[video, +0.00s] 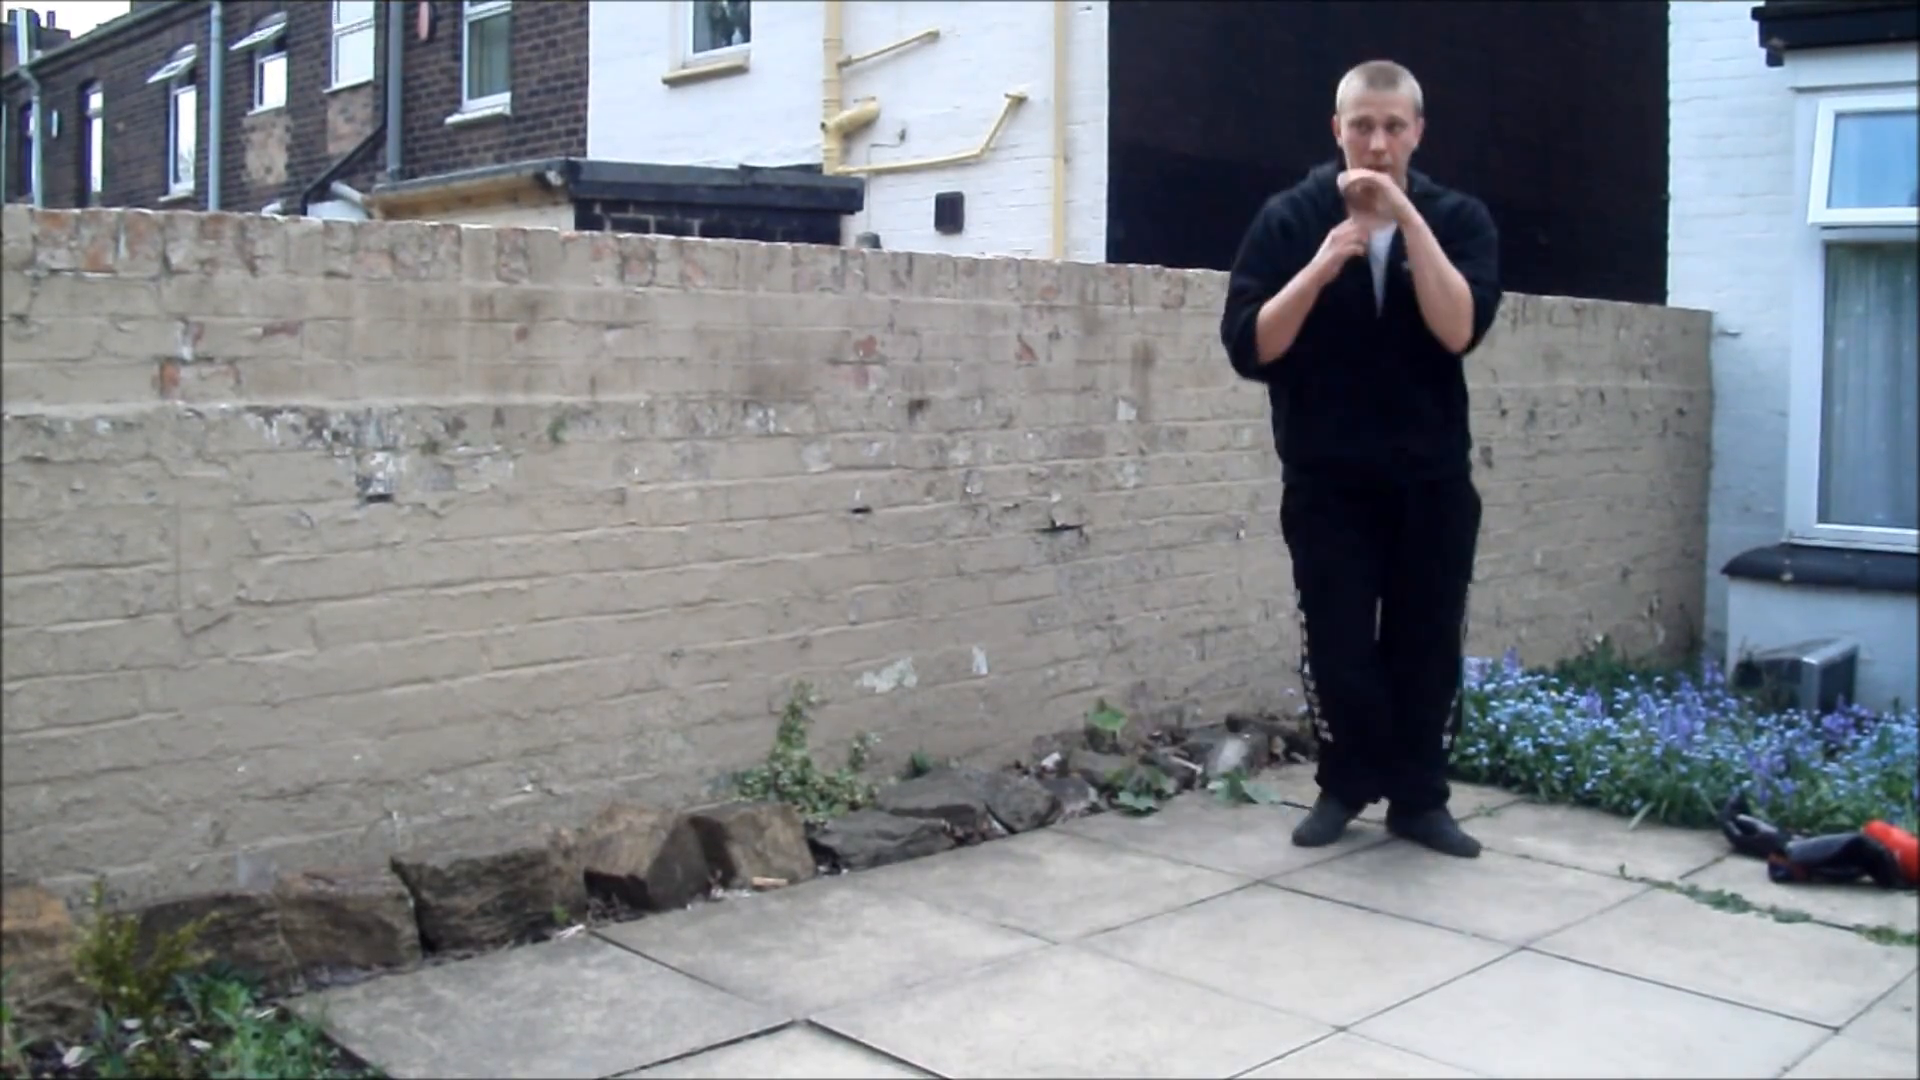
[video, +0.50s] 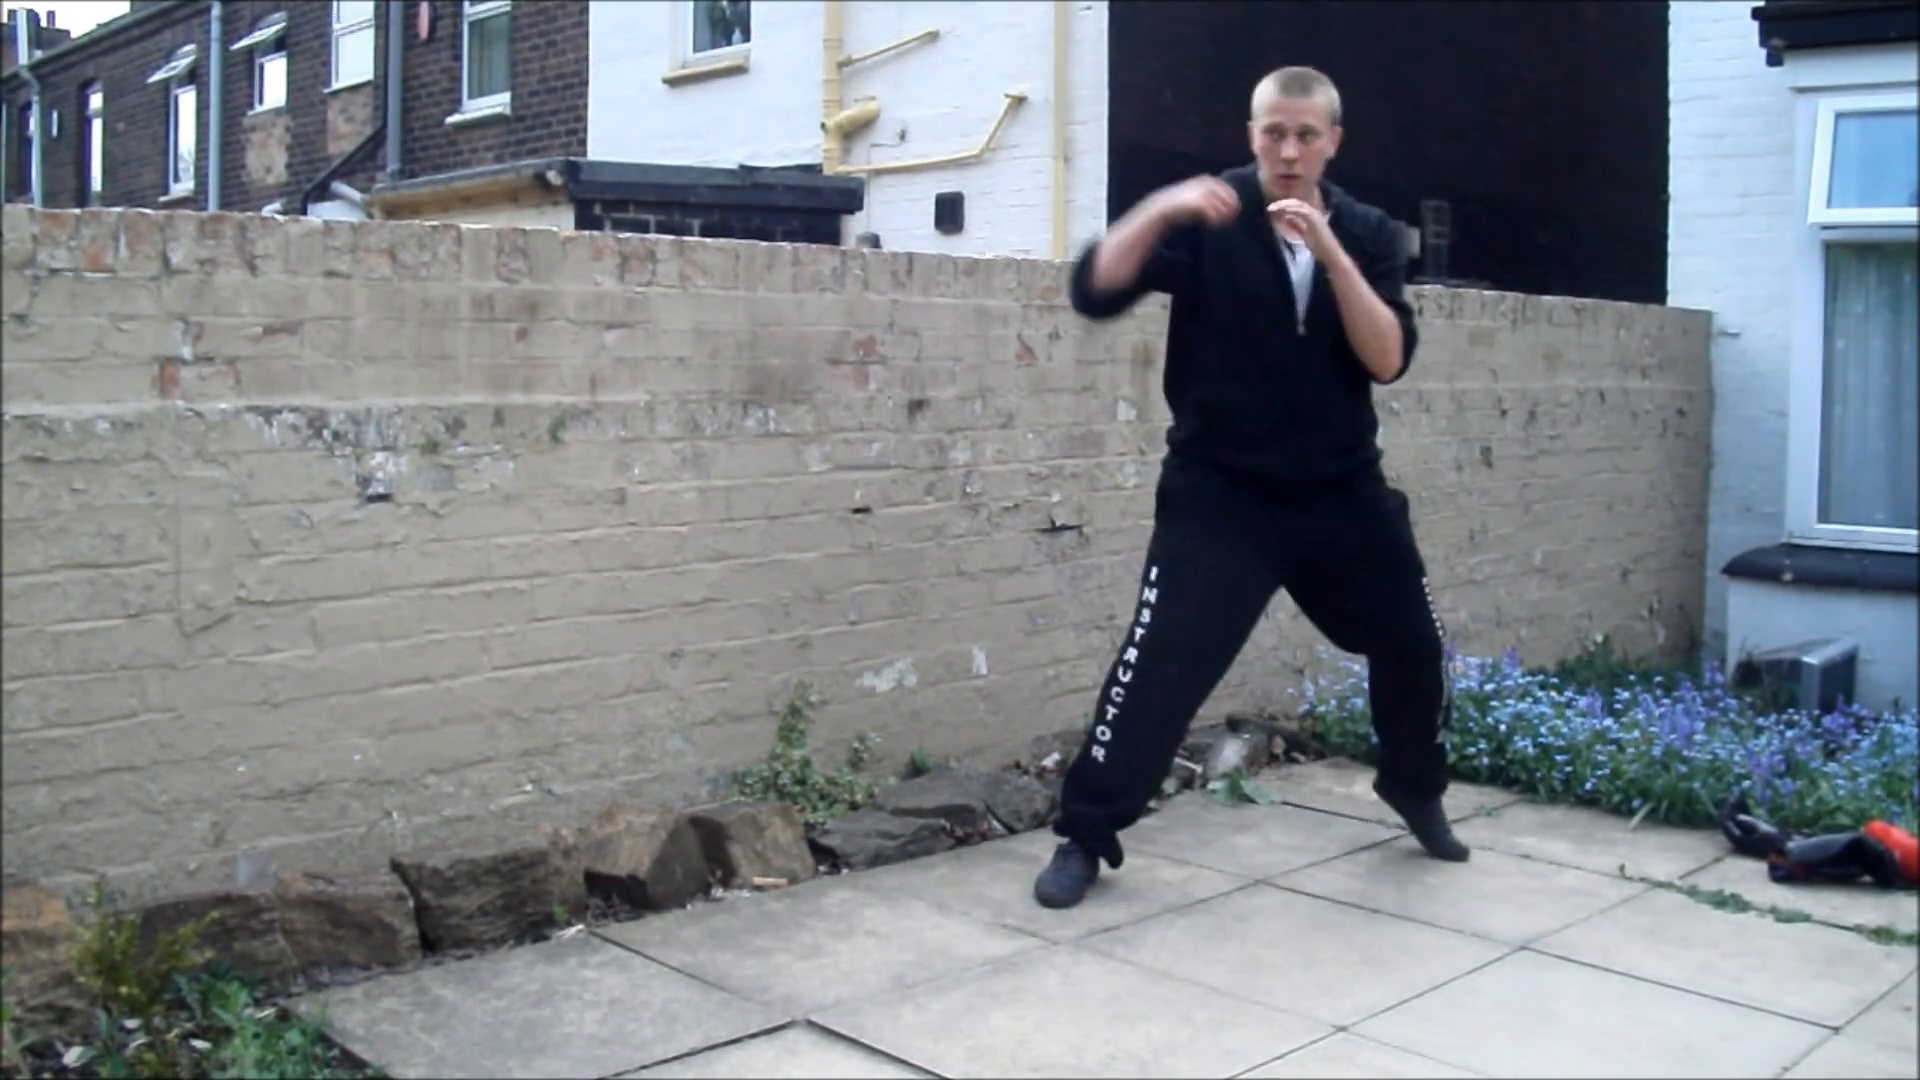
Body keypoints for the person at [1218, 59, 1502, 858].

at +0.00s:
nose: (1378, 142)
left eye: (1394, 127)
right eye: (1364, 126)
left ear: (1419, 132)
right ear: (1337, 130)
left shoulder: (1458, 221)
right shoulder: (1285, 221)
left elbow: (1459, 331)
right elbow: (1249, 349)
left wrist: (1407, 217)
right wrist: (1318, 270)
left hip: (1430, 474)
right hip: (1324, 473)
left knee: (1428, 636)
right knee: (1337, 637)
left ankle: (1419, 801)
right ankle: (1342, 789)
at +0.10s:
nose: (1385, 148)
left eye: (1402, 133)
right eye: (1371, 131)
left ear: (1426, 139)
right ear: (1345, 134)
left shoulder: (1465, 226)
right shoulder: (1296, 229)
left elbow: (1452, 350)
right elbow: (1259, 370)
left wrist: (1404, 236)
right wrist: (1309, 310)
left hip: (1428, 486)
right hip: (1316, 484)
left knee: (1429, 656)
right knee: (1286, 647)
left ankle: (1418, 803)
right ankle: (1321, 755)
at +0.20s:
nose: (1387, 131)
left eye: (1404, 116)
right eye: (1374, 114)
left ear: (1429, 123)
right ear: (1346, 115)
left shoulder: (1459, 206)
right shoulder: (1288, 202)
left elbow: (1456, 313)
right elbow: (1245, 337)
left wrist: (1405, 202)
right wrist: (1296, 316)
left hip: (1406, 467)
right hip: (1291, 464)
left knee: (1435, 634)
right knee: (1255, 623)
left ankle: (1422, 790)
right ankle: (1251, 779)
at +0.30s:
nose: (1376, 147)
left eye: (1393, 133)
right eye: (1363, 131)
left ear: (1416, 140)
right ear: (1333, 132)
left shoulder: (1437, 212)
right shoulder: (1274, 215)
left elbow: (1453, 300)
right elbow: (1207, 344)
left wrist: (1390, 198)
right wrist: (1266, 343)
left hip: (1397, 483)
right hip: (1282, 481)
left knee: (1444, 639)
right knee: (1215, 636)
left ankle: (1408, 800)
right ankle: (1140, 820)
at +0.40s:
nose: (1346, 159)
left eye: (1364, 145)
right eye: (1333, 142)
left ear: (1386, 151)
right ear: (1302, 142)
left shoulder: (1409, 233)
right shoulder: (1244, 230)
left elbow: (1433, 326)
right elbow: (1176, 367)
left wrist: (1367, 227)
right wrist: (1232, 336)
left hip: (1367, 507)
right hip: (1253, 505)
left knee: (1420, 651)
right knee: (1188, 661)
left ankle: (1403, 811)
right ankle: (1086, 834)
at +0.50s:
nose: (1289, 151)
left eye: (1306, 135)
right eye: (1275, 134)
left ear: (1334, 141)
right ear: (1251, 134)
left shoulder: (1371, 234)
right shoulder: (1203, 215)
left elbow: (1389, 360)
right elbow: (1093, 294)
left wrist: (1330, 252)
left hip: (1340, 494)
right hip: (1218, 492)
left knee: (1412, 645)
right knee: (1160, 657)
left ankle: (1416, 792)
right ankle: (1082, 834)